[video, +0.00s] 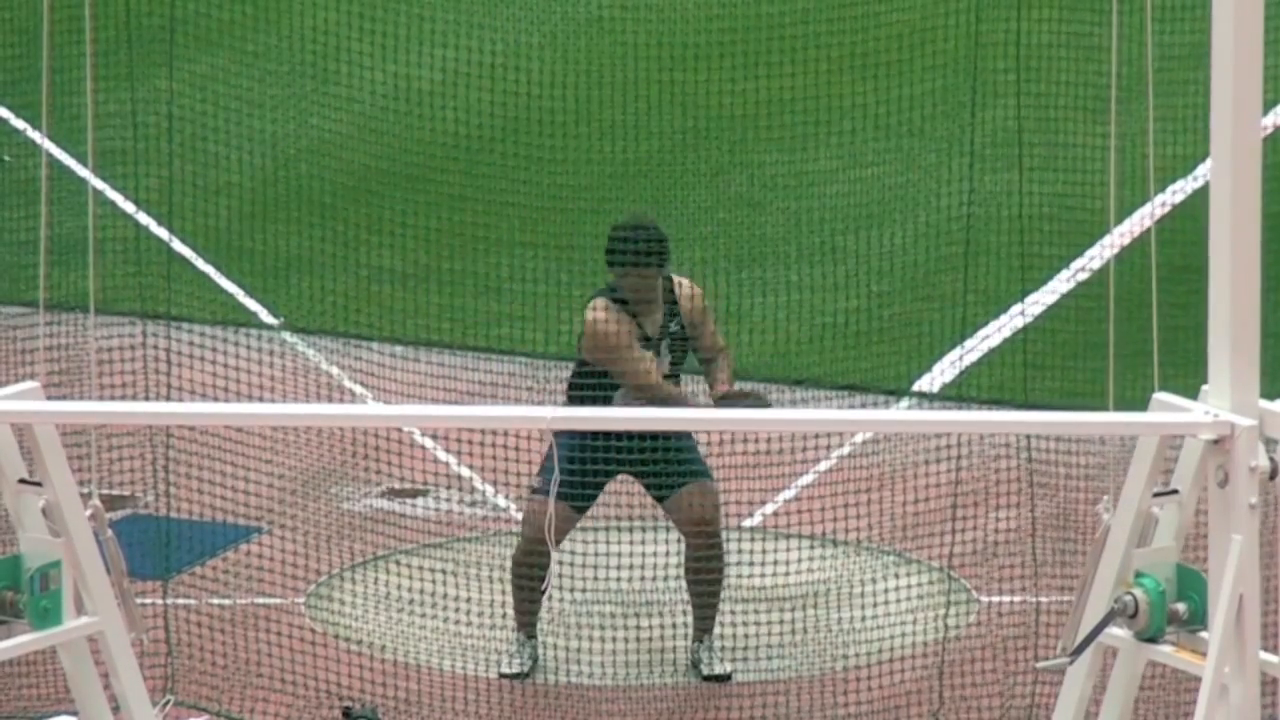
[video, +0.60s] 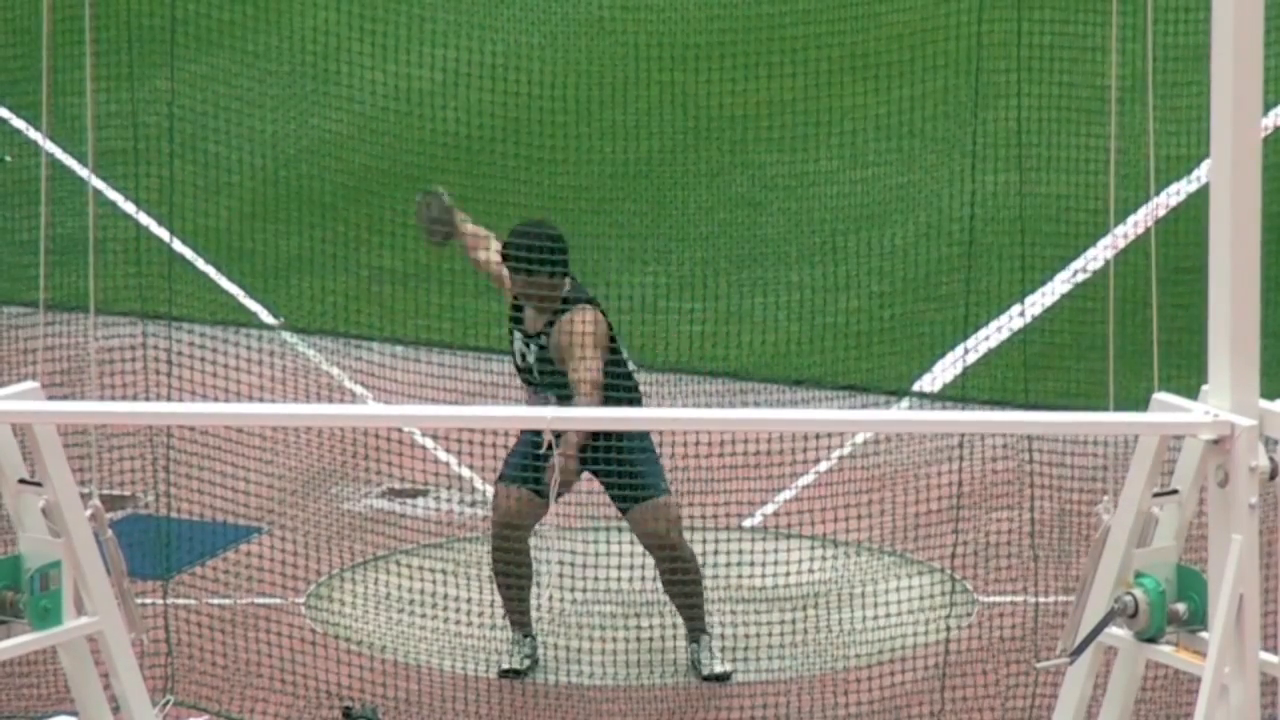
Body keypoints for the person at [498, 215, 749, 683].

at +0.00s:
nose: (639, 278)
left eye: (648, 269)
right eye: (629, 269)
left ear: (664, 268)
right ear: (614, 270)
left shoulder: (686, 297)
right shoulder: (601, 319)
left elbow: (716, 353)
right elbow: (647, 385)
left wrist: (722, 388)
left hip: (658, 432)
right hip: (591, 435)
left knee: (704, 523)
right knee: (538, 532)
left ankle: (704, 643)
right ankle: (524, 641)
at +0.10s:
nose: (609, 291)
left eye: (619, 281)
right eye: (602, 281)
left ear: (641, 278)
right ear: (594, 281)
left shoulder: (672, 308)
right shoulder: (583, 328)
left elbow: (718, 364)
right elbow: (605, 408)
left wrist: (709, 425)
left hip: (656, 436)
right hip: (587, 439)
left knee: (702, 524)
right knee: (529, 525)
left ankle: (704, 643)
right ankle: (524, 641)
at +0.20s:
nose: (590, 299)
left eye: (600, 288)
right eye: (580, 289)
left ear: (621, 286)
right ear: (569, 289)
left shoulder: (656, 319)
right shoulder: (557, 339)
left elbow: (711, 370)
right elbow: (541, 417)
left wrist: (701, 436)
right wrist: (533, 480)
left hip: (649, 445)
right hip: (578, 447)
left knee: (698, 526)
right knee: (521, 523)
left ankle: (704, 642)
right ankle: (523, 641)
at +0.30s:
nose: (582, 303)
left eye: (590, 292)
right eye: (570, 293)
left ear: (603, 290)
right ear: (552, 293)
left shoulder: (635, 325)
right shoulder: (536, 337)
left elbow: (695, 378)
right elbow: (493, 404)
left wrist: (687, 450)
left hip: (643, 444)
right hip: (572, 444)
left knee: (695, 532)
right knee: (517, 521)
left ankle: (703, 642)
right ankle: (523, 641)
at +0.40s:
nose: (556, 297)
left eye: (564, 288)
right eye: (548, 288)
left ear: (583, 288)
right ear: (537, 289)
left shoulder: (615, 327)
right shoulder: (522, 326)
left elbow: (662, 387)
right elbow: (463, 361)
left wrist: (662, 451)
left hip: (631, 445)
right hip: (563, 442)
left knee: (688, 536)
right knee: (513, 523)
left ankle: (703, 642)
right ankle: (523, 640)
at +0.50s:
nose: (542, 296)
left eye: (551, 288)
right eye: (534, 287)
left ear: (569, 286)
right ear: (524, 283)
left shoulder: (598, 323)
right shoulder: (515, 301)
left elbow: (624, 393)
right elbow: (463, 304)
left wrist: (621, 454)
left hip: (621, 434)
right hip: (558, 433)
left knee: (676, 536)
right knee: (508, 524)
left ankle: (702, 641)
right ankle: (522, 641)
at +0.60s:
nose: (531, 292)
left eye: (539, 282)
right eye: (524, 282)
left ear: (559, 278)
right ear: (513, 278)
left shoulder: (580, 320)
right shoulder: (514, 283)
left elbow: (589, 396)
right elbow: (481, 247)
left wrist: (570, 453)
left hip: (612, 425)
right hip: (553, 421)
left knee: (663, 534)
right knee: (507, 519)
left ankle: (700, 638)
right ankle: (522, 639)